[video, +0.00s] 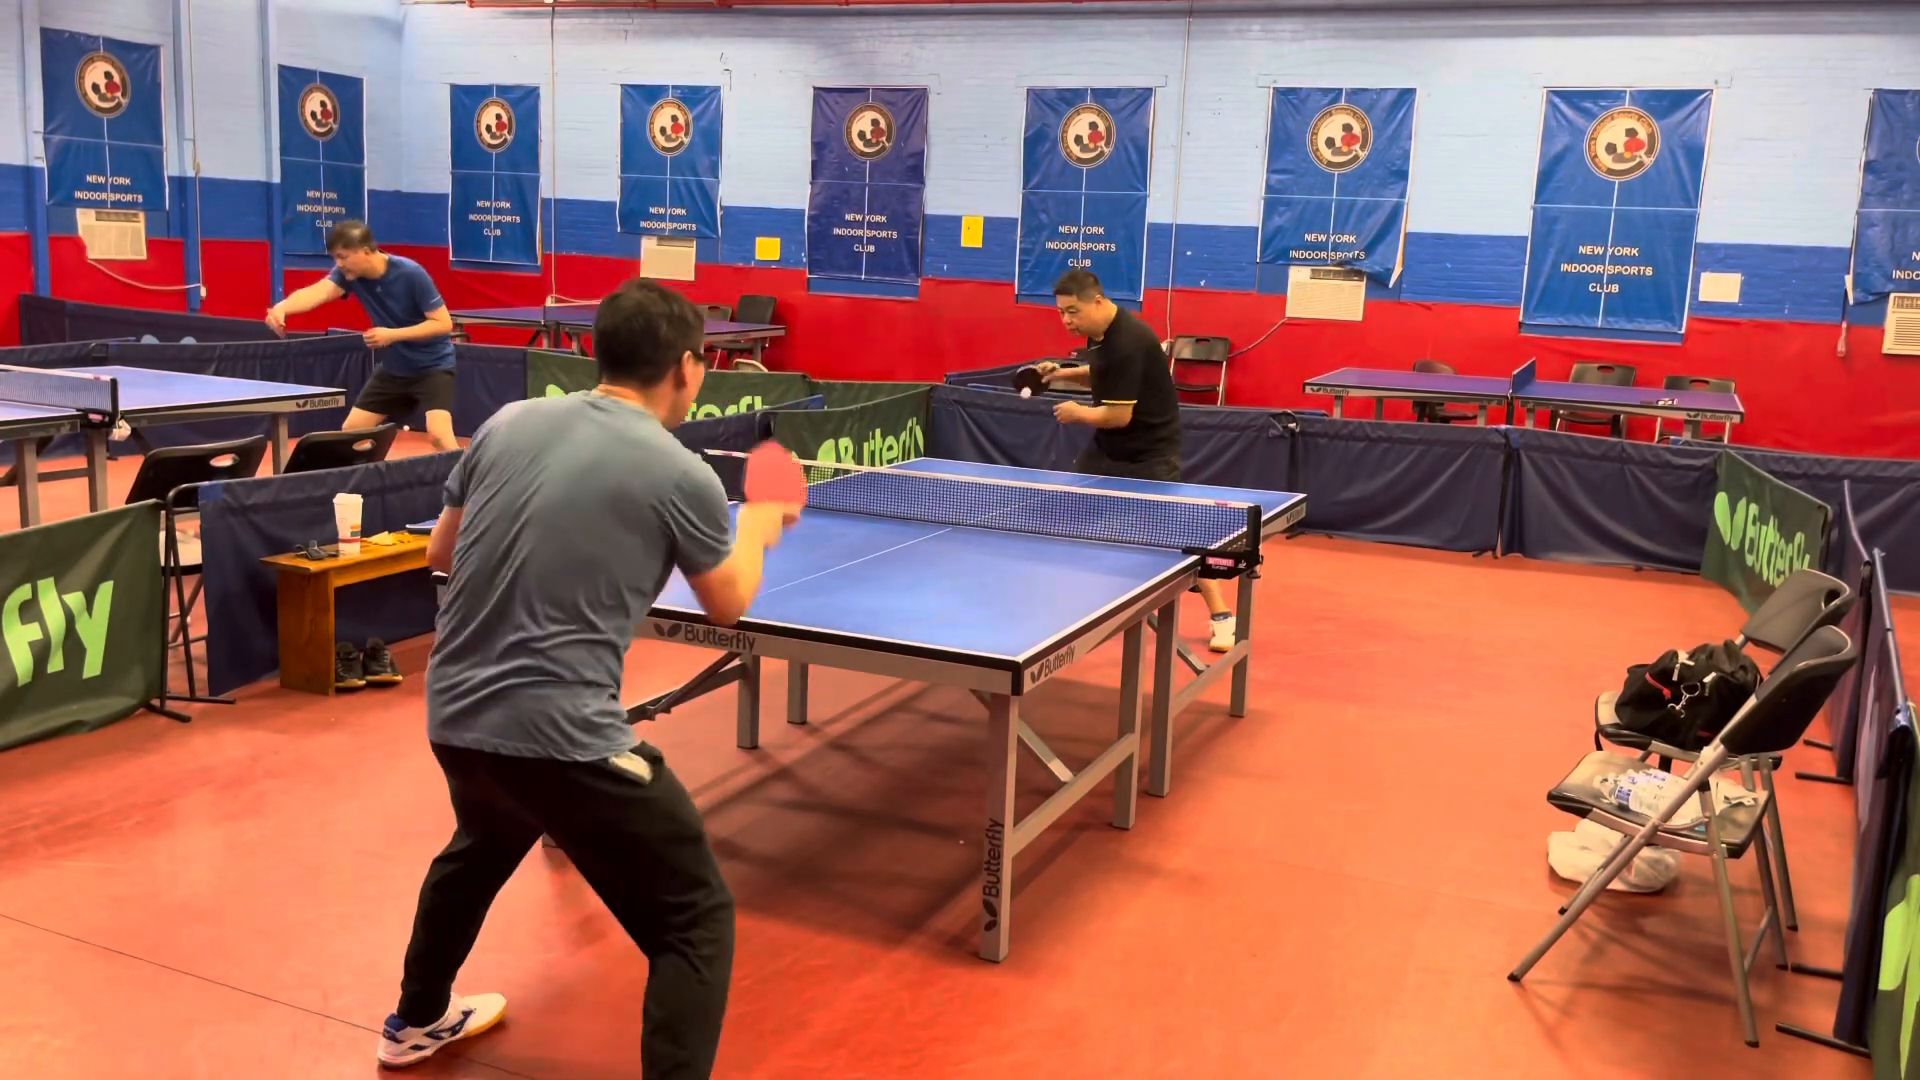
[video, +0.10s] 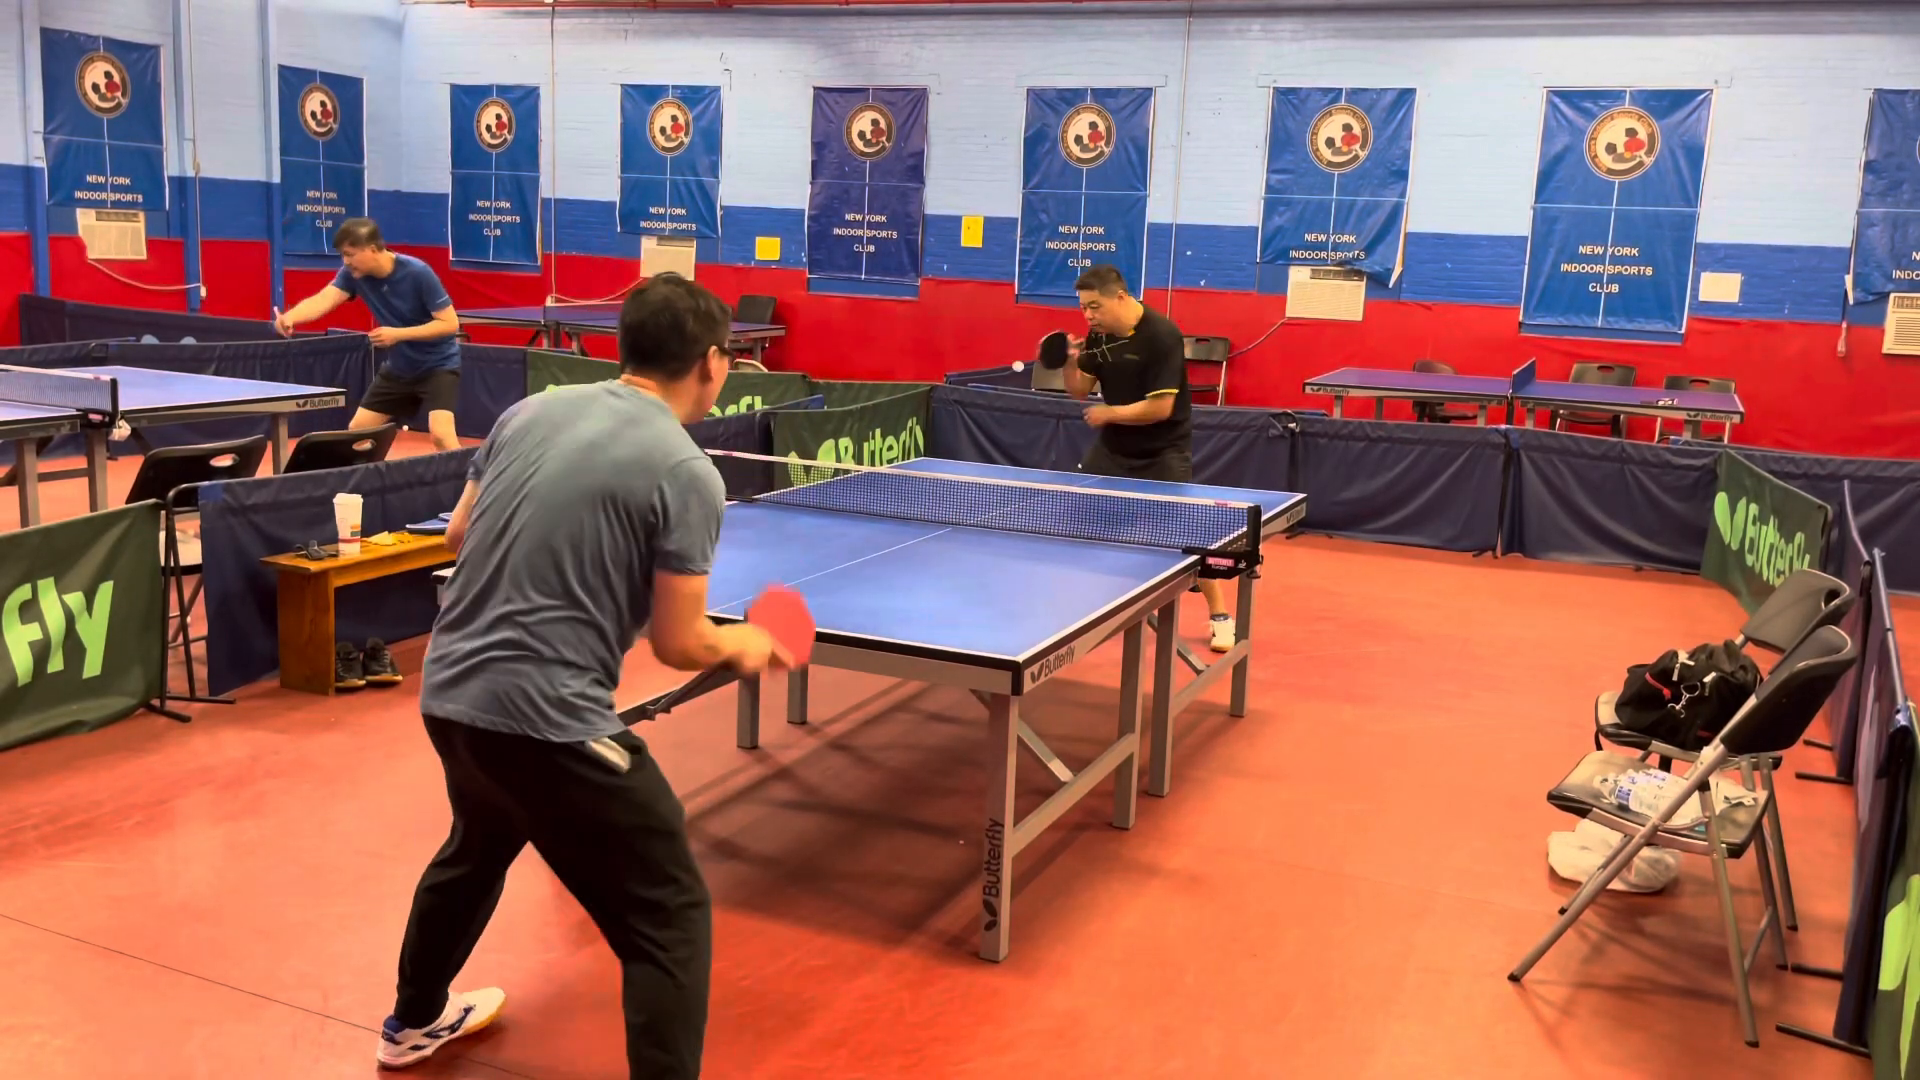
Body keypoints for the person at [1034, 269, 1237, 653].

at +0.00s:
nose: (1066, 322)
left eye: (1072, 312)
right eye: (1062, 313)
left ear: (1099, 303)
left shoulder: (1128, 341)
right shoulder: (1102, 332)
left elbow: (1120, 415)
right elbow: (1104, 375)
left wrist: (1081, 413)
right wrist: (1060, 374)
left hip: (1150, 455)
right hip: (1107, 447)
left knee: (1176, 530)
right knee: (1062, 509)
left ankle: (1220, 614)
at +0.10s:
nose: (1088, 317)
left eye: (1093, 308)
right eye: (1085, 309)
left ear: (1120, 297)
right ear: (1089, 305)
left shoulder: (1162, 335)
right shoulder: (1099, 335)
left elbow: (1162, 407)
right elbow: (1079, 388)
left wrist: (1111, 413)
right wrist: (1070, 362)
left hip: (1163, 453)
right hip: (1112, 449)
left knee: (1185, 531)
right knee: (1066, 510)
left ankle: (1218, 616)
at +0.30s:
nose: (1127, 312)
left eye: (1136, 303)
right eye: (1122, 303)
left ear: (1161, 297)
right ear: (1117, 301)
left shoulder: (1195, 333)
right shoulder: (1114, 339)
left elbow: (1221, 391)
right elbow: (1094, 408)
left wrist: (1176, 421)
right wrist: (1102, 376)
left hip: (1178, 454)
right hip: (1118, 449)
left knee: (1206, 525)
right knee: (1071, 510)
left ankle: (1223, 616)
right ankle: (1068, 612)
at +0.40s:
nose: (1130, 312)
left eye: (1139, 304)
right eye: (1124, 304)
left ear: (1162, 298)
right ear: (1118, 302)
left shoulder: (1193, 335)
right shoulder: (1111, 342)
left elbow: (1217, 393)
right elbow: (1092, 413)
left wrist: (1175, 422)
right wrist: (1102, 394)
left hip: (1177, 454)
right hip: (1115, 451)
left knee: (1205, 525)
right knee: (1068, 511)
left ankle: (1224, 615)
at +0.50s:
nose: (1116, 311)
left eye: (1125, 303)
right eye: (1110, 303)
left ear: (1148, 298)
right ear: (1105, 303)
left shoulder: (1181, 337)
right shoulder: (1099, 343)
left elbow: (1203, 398)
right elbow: (1087, 400)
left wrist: (1151, 424)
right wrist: (1084, 409)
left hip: (1173, 455)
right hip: (1111, 452)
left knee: (1206, 526)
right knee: (1064, 510)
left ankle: (1224, 616)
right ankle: (1059, 606)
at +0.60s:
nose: (1095, 312)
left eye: (1104, 303)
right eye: (1090, 303)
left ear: (1127, 298)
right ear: (1086, 303)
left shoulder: (1159, 337)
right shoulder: (1090, 341)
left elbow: (1175, 404)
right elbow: (1084, 396)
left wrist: (1117, 422)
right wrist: (1067, 420)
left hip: (1166, 456)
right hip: (1108, 454)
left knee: (1198, 529)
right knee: (1071, 519)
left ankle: (1223, 615)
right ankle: (1072, 609)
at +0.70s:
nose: (1077, 318)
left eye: (1084, 310)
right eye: (1072, 310)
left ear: (1110, 302)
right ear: (1070, 307)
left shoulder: (1137, 339)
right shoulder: (1095, 338)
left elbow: (1140, 412)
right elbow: (1104, 385)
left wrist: (1091, 421)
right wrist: (1068, 413)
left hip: (1159, 452)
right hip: (1116, 449)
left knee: (1182, 529)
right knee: (1073, 511)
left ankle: (1227, 613)